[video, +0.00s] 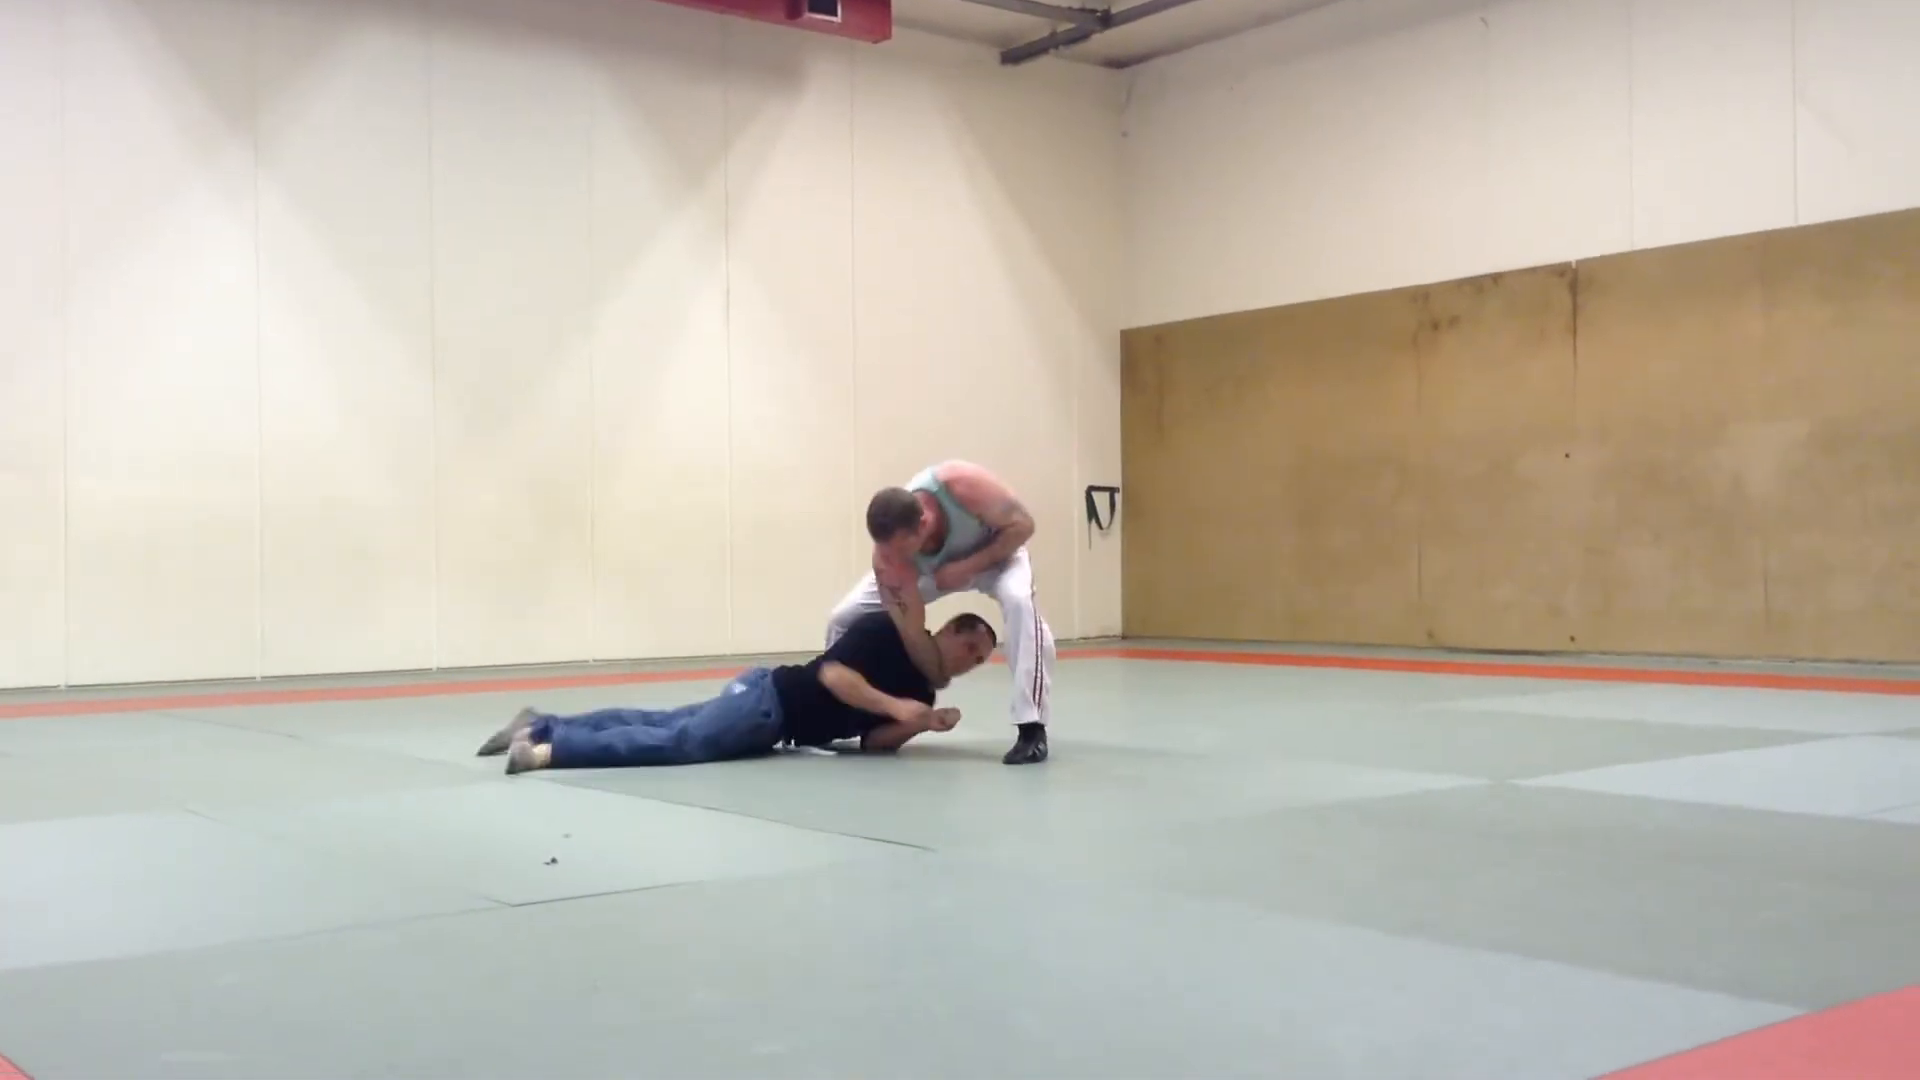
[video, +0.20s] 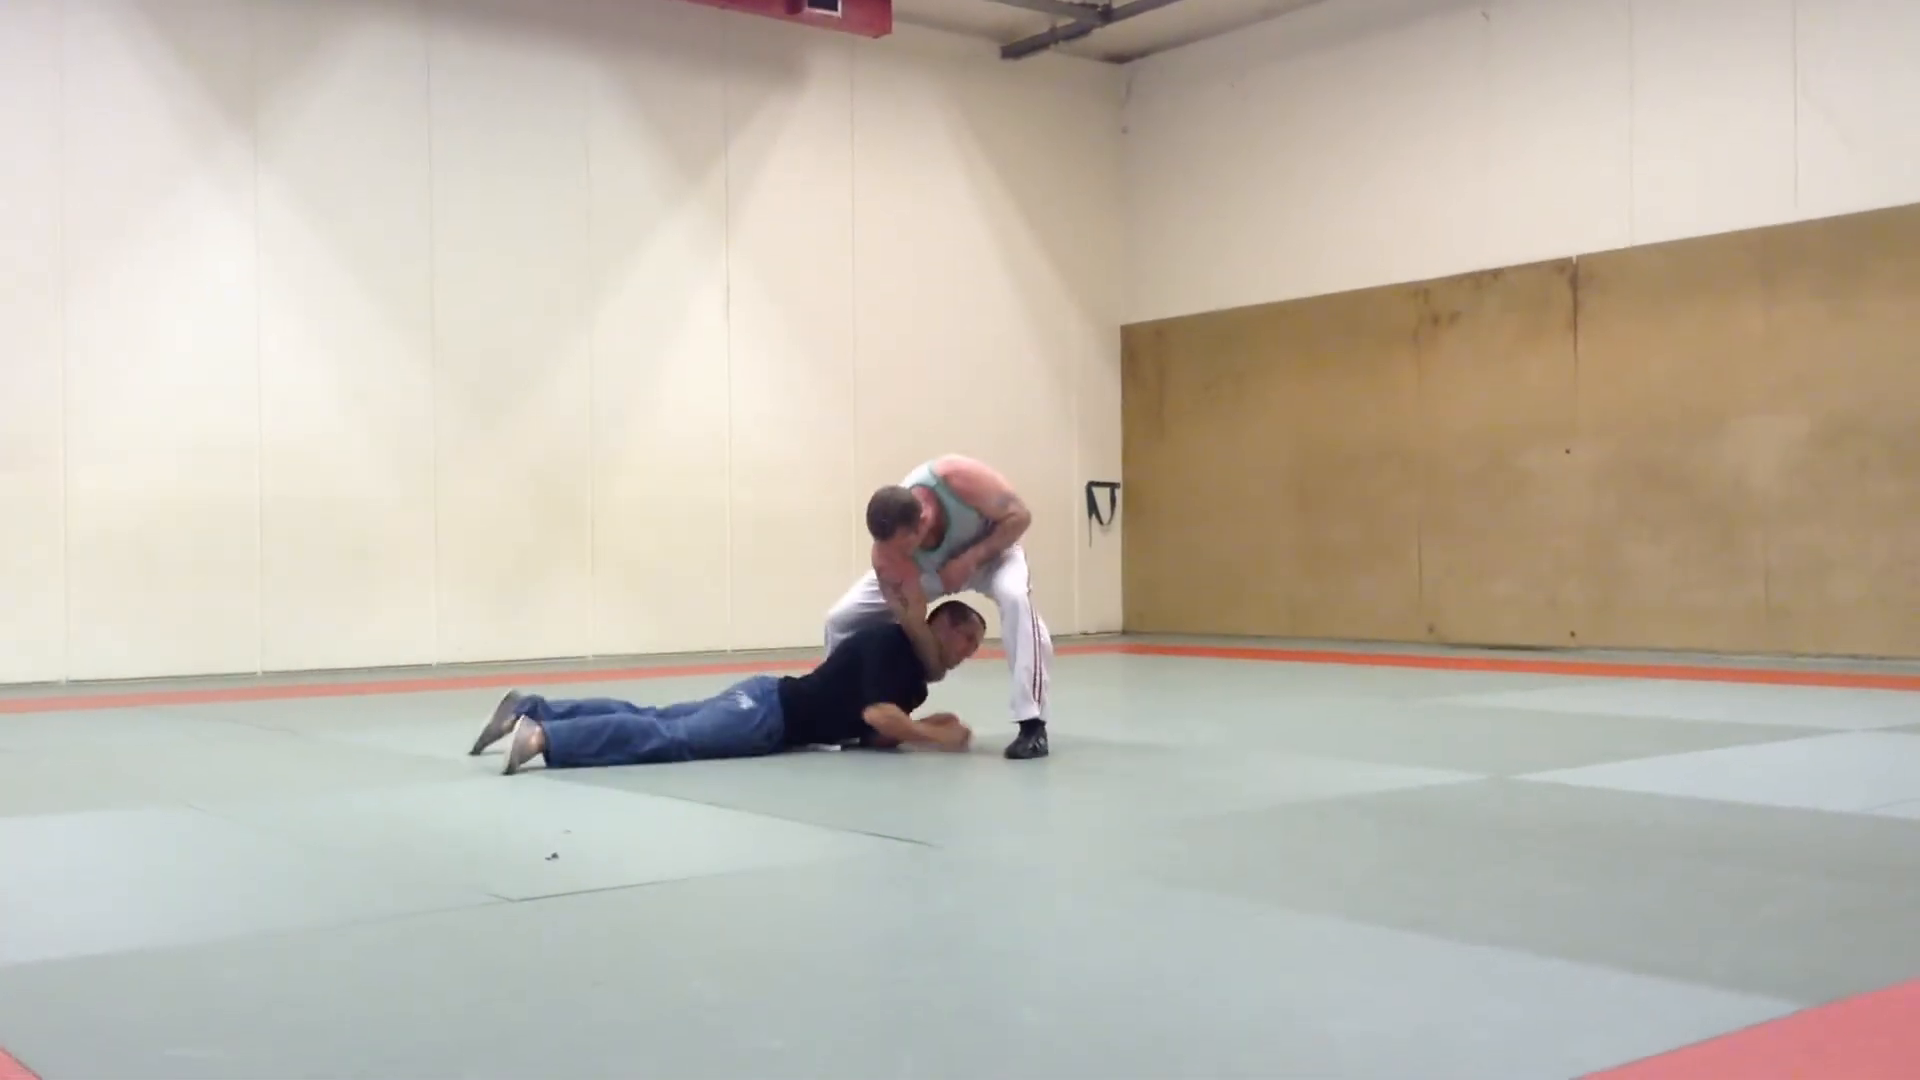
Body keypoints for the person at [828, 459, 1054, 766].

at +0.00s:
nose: (891, 557)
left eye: (898, 547)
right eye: (886, 550)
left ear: (923, 524)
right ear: (880, 540)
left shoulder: (958, 483)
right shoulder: (889, 554)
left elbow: (1022, 525)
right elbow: (912, 629)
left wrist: (967, 568)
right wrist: (941, 681)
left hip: (993, 555)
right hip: (930, 568)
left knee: (1018, 601)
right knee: (843, 620)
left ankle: (1032, 731)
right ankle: (847, 718)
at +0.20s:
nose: (898, 553)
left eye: (903, 543)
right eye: (891, 548)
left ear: (923, 519)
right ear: (882, 537)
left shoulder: (954, 476)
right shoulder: (887, 553)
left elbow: (1018, 517)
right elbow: (913, 617)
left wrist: (969, 560)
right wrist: (935, 668)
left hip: (990, 553)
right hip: (924, 570)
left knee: (1014, 598)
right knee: (840, 621)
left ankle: (1032, 725)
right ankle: (852, 721)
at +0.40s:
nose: (908, 522)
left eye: (911, 514)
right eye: (900, 519)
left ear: (929, 487)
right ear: (889, 507)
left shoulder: (967, 461)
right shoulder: (892, 525)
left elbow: (1023, 517)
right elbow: (912, 600)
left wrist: (968, 549)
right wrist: (935, 650)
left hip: (996, 548)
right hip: (929, 557)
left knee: (1025, 593)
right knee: (852, 616)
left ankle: (1038, 716)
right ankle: (855, 712)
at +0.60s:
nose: (934, 484)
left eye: (940, 477)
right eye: (925, 479)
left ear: (956, 450)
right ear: (909, 461)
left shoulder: (994, 454)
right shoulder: (898, 458)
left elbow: (1015, 536)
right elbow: (889, 513)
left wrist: (964, 582)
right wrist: (914, 563)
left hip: (1006, 530)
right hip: (948, 533)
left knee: (1040, 585)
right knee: (874, 608)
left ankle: (1050, 707)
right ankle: (865, 700)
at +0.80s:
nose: (974, 467)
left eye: (981, 460)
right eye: (965, 460)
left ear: (996, 441)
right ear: (949, 439)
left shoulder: (1024, 451)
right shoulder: (938, 401)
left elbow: (1069, 521)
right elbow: (880, 364)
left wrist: (1013, 563)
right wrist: (861, 427)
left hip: (1021, 521)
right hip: (954, 521)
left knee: (1058, 578)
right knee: (884, 606)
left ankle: (1066, 700)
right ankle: (879, 698)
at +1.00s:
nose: (1018, 472)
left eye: (1026, 465)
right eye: (1010, 464)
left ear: (1042, 445)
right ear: (996, 444)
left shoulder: (1065, 421)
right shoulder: (964, 437)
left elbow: (1091, 454)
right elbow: (898, 481)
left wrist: (1078, 495)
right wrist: (950, 532)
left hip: (1029, 513)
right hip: (961, 519)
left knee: (1065, 568)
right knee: (888, 605)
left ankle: (1073, 693)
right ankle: (889, 691)